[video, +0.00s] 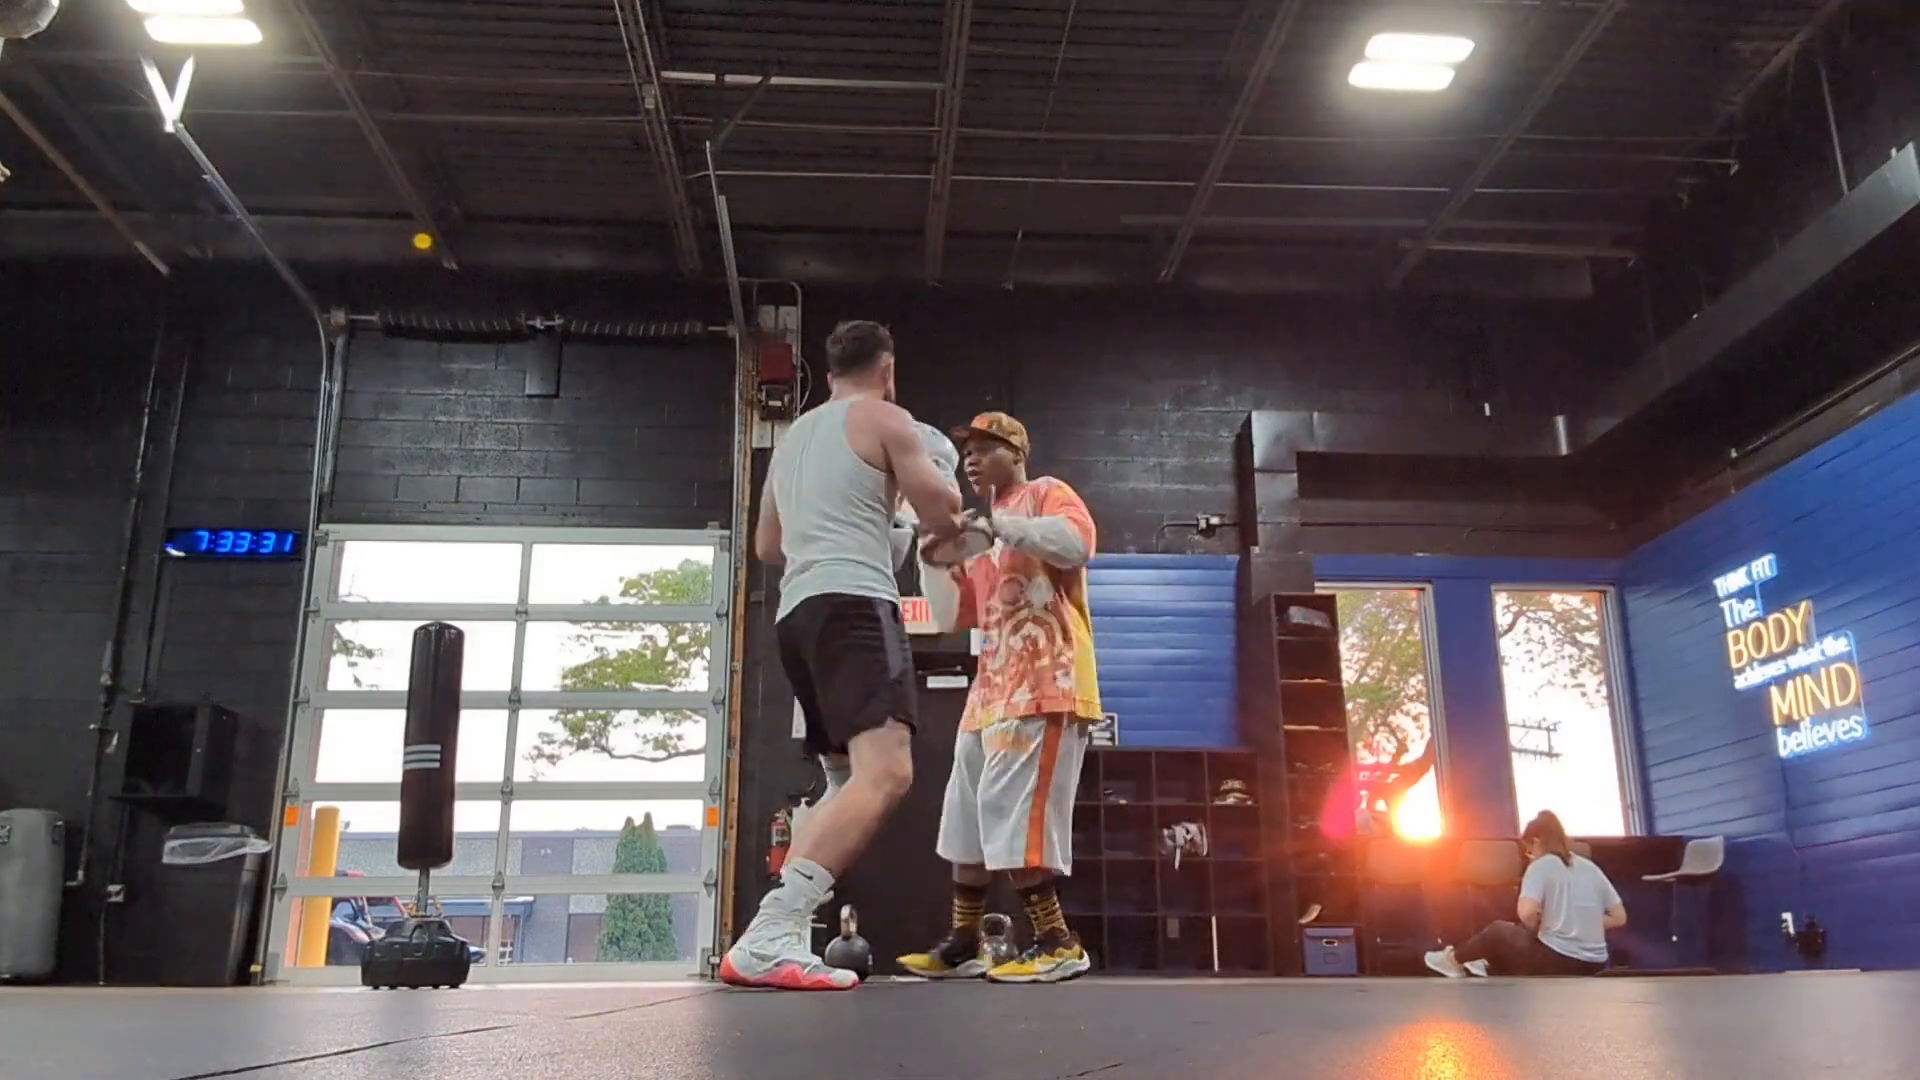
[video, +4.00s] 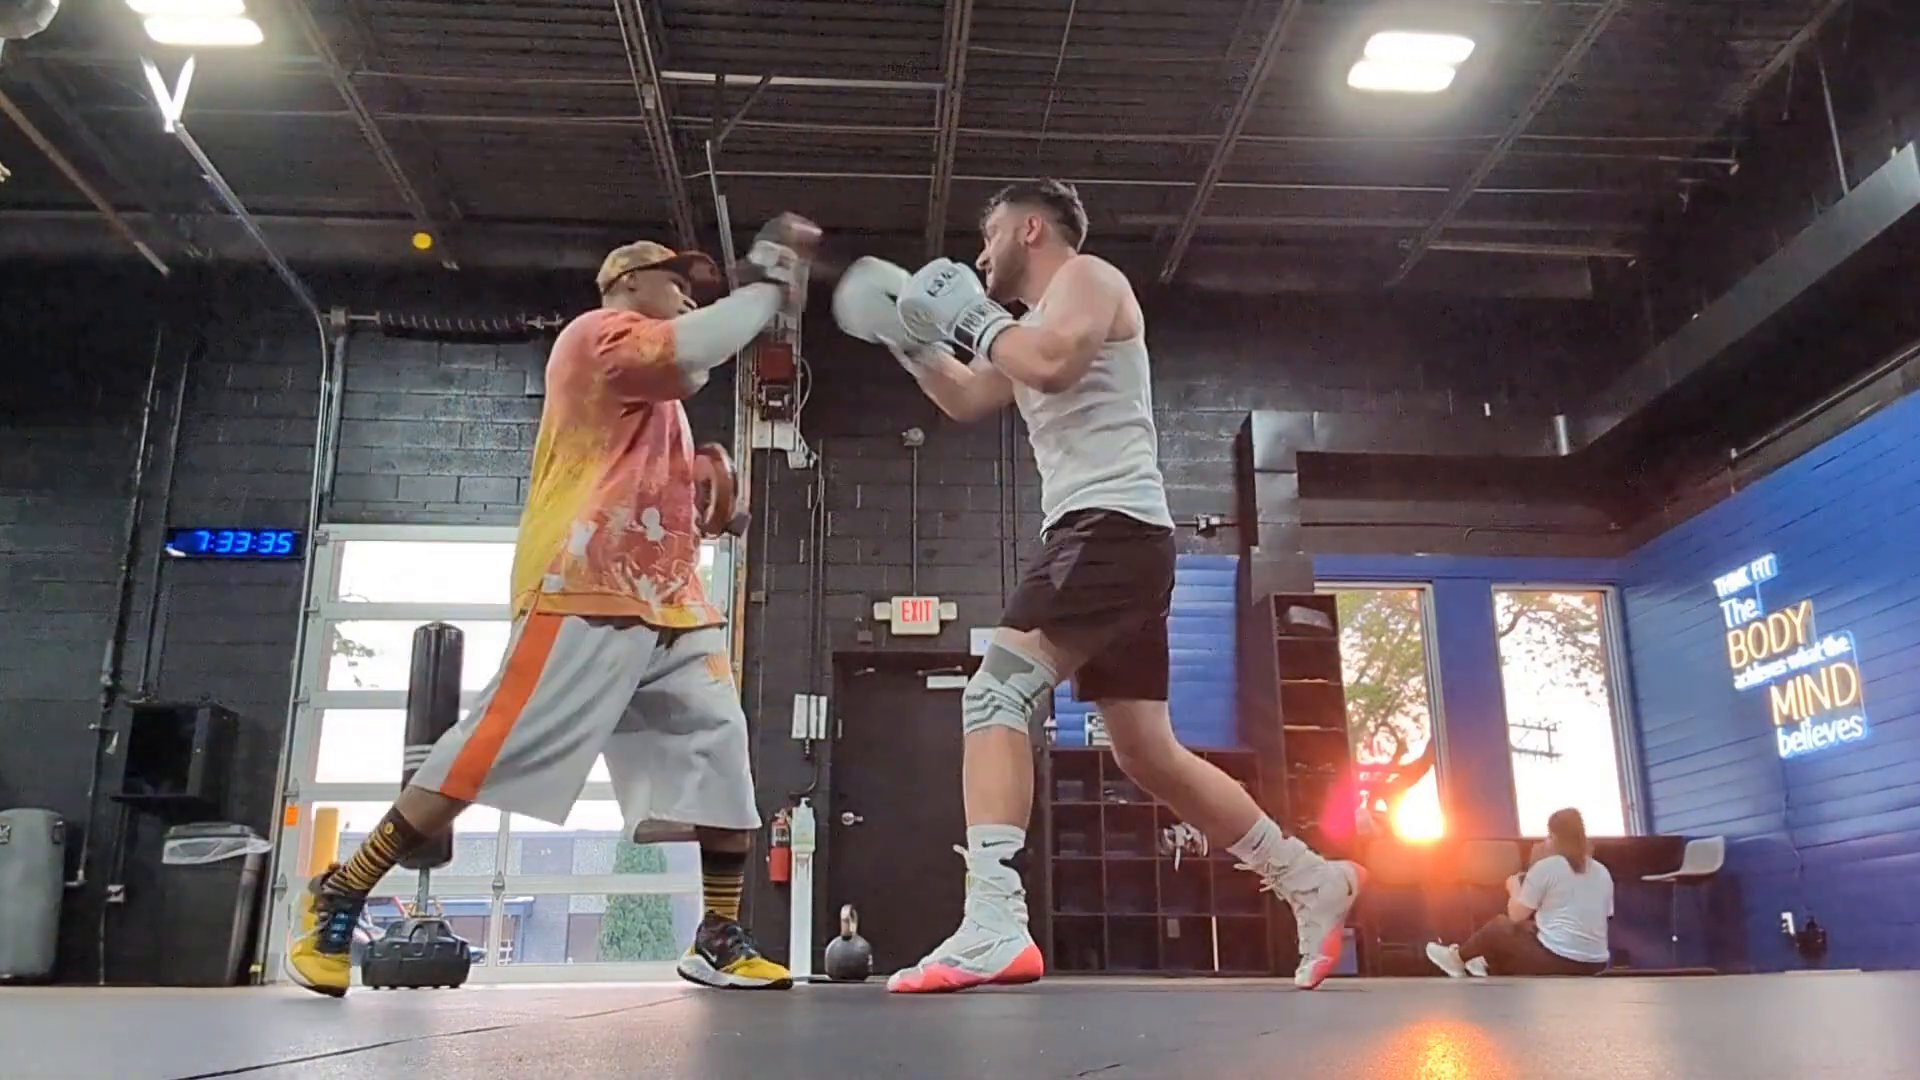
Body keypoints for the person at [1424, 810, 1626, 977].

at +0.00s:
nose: (1529, 856)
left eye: (1529, 850)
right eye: (1527, 851)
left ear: (1538, 842)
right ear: (1561, 840)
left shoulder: (1540, 866)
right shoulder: (1590, 867)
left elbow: (1527, 913)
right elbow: (1618, 918)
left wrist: (1536, 932)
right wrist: (1581, 924)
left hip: (1559, 959)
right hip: (1595, 962)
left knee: (1497, 931)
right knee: (1521, 937)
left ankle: (1453, 959)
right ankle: (1485, 964)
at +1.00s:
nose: (1529, 853)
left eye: (1529, 847)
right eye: (1528, 848)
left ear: (1538, 840)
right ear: (1562, 839)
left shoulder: (1540, 867)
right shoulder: (1590, 868)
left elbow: (1505, 909)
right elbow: (1620, 918)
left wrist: (1532, 923)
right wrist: (1582, 923)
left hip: (1559, 959)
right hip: (1595, 962)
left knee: (1497, 931)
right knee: (1522, 935)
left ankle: (1453, 959)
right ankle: (1488, 965)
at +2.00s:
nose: (1527, 856)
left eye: (1527, 849)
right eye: (1526, 850)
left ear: (1537, 842)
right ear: (1558, 840)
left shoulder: (1540, 863)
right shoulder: (1592, 866)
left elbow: (1531, 895)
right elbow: (1636, 897)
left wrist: (1529, 935)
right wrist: (1614, 932)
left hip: (1559, 958)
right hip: (1595, 961)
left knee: (1499, 931)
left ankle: (1451, 958)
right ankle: (1487, 964)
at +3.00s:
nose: (1511, 855)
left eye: (1512, 851)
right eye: (1513, 850)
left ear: (1514, 854)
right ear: (1540, 852)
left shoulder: (1517, 874)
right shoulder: (1565, 875)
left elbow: (1502, 920)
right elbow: (1559, 918)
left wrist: (1485, 910)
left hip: (1552, 957)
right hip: (1591, 960)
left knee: (1487, 934)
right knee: (1519, 936)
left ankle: (1450, 960)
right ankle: (1483, 963)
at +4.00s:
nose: (1547, 839)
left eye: (1549, 834)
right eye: (1548, 834)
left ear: (1554, 836)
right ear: (1580, 834)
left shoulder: (1545, 868)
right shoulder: (1602, 872)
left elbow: (1516, 916)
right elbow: (1606, 915)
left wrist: (1513, 891)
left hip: (1561, 959)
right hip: (1596, 962)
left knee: (1499, 926)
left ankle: (1457, 956)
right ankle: (1485, 963)